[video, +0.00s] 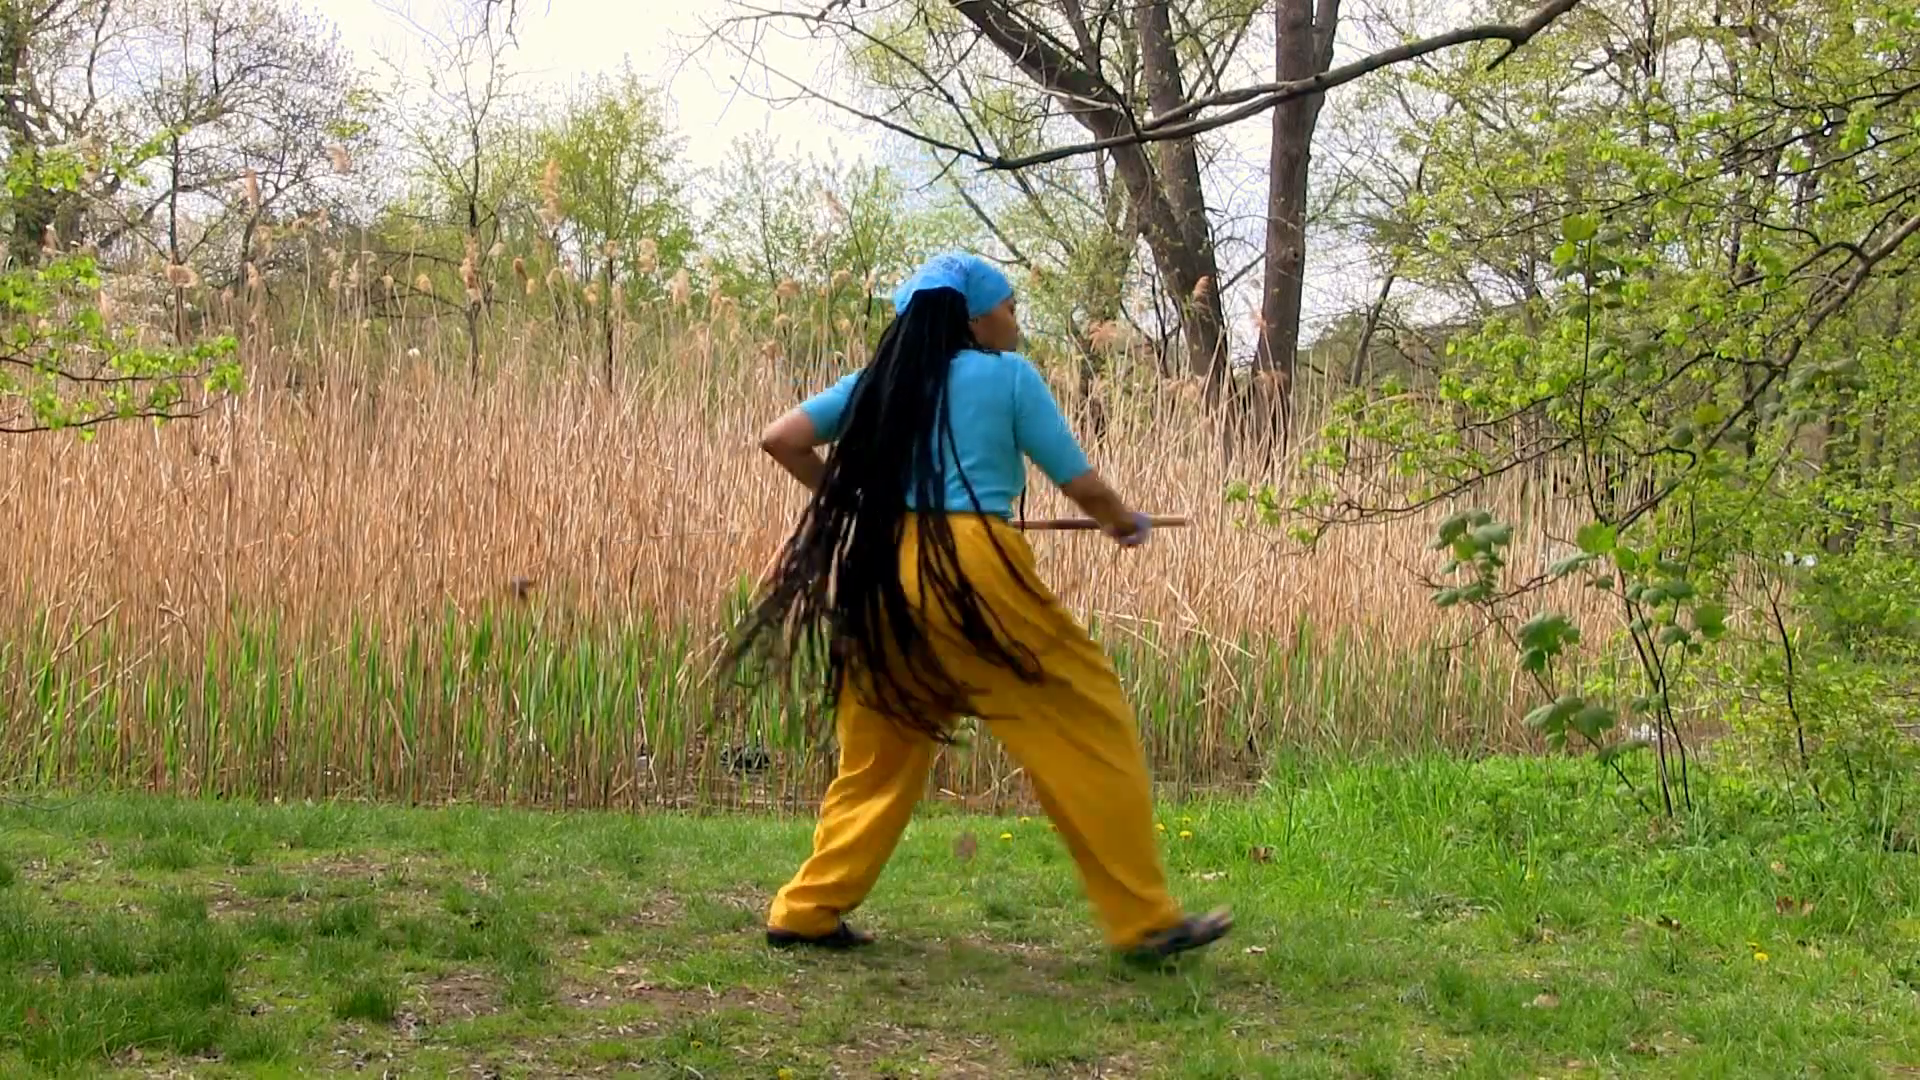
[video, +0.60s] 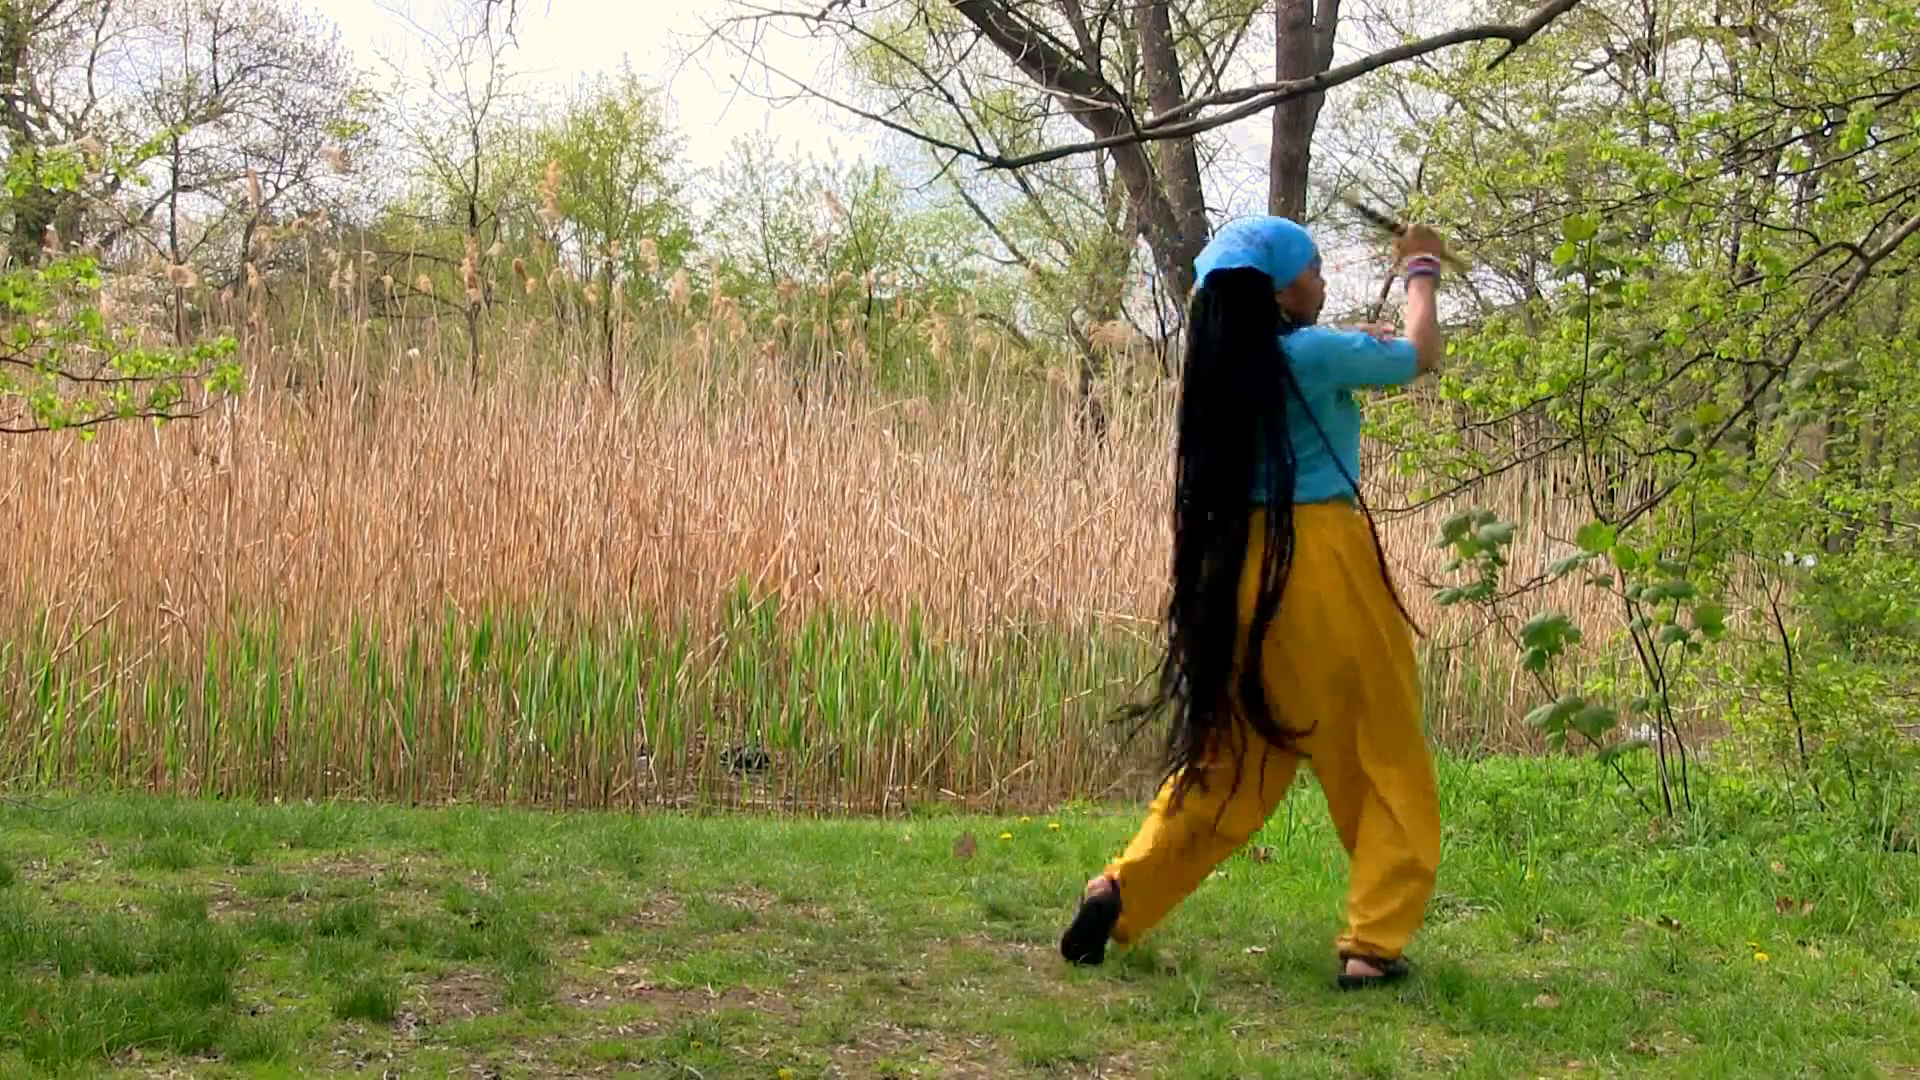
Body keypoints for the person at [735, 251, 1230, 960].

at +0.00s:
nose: (1017, 318)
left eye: (1012, 305)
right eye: (1007, 307)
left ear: (937, 318)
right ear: (973, 316)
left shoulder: (886, 376)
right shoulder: (1008, 374)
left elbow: (784, 438)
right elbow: (1080, 484)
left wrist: (846, 492)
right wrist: (1123, 521)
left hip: (882, 567)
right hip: (978, 567)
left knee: (877, 751)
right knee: (1090, 720)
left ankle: (809, 908)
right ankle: (1144, 920)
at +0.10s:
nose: (1047, 300)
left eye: (1041, 288)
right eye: (1038, 290)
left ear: (969, 301)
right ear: (1006, 298)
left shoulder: (917, 368)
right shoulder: (1043, 354)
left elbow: (821, 432)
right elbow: (1146, 442)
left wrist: (883, 417)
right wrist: (1229, 494)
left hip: (922, 557)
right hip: (1021, 554)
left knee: (898, 738)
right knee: (1152, 704)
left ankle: (810, 909)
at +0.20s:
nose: (1100, 275)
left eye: (1094, 263)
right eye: (1090, 264)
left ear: (1019, 277)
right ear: (1059, 273)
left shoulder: (967, 349)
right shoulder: (1096, 329)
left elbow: (945, 435)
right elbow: (1209, 399)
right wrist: (1298, 423)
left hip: (994, 537)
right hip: (1101, 528)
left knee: (949, 709)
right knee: (1235, 669)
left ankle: (850, 882)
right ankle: (1365, 837)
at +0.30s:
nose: (1162, 274)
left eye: (1156, 261)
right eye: (1151, 263)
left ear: (1083, 281)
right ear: (1119, 278)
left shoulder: (1046, 347)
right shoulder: (1151, 331)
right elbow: (1268, 373)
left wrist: (1183, 331)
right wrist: (1351, 354)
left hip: (1073, 533)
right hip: (1179, 522)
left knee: (1017, 707)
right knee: (1288, 704)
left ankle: (1025, 870)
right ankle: (1359, 889)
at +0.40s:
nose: (1222, 296)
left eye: (1217, 283)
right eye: (1212, 286)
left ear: (1142, 302)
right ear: (1181, 301)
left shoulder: (1114, 371)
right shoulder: (1224, 358)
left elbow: (1196, 393)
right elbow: (1335, 360)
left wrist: (1272, 355)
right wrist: (1378, 304)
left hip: (1140, 564)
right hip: (1249, 554)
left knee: (1110, 744)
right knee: (1322, 746)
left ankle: (1100, 919)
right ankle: (1359, 941)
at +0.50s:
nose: (1276, 289)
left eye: (1271, 278)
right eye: (1266, 279)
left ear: (1190, 304)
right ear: (1236, 301)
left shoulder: (1168, 371)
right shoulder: (1276, 362)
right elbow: (1361, 355)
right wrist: (1370, 278)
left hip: (1182, 567)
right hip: (1280, 568)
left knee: (1172, 750)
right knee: (1354, 749)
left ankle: (1101, 901)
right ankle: (1367, 941)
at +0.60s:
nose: (1322, 282)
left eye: (1318, 268)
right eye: (1312, 271)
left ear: (1240, 293)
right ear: (1276, 289)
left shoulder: (1220, 360)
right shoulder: (1313, 351)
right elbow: (1418, 353)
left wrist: (1396, 290)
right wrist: (1419, 276)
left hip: (1234, 557)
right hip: (1322, 557)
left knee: (1234, 749)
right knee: (1384, 750)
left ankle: (1122, 885)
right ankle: (1371, 945)